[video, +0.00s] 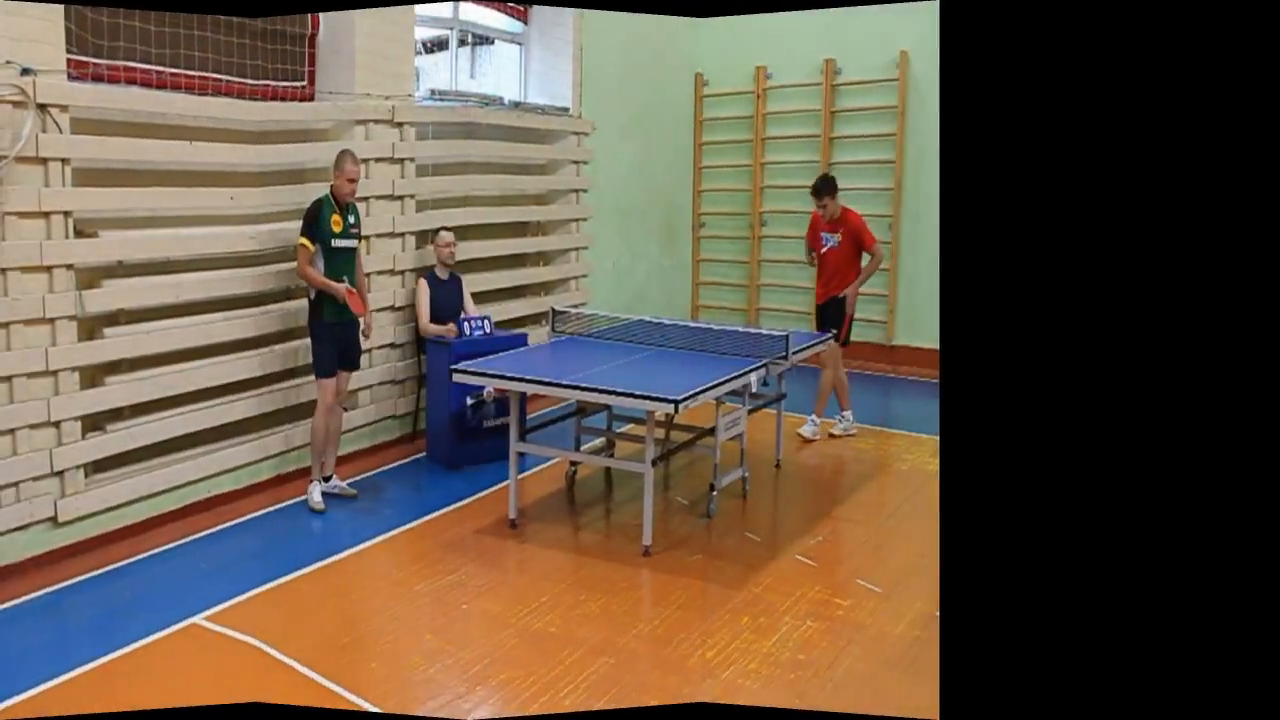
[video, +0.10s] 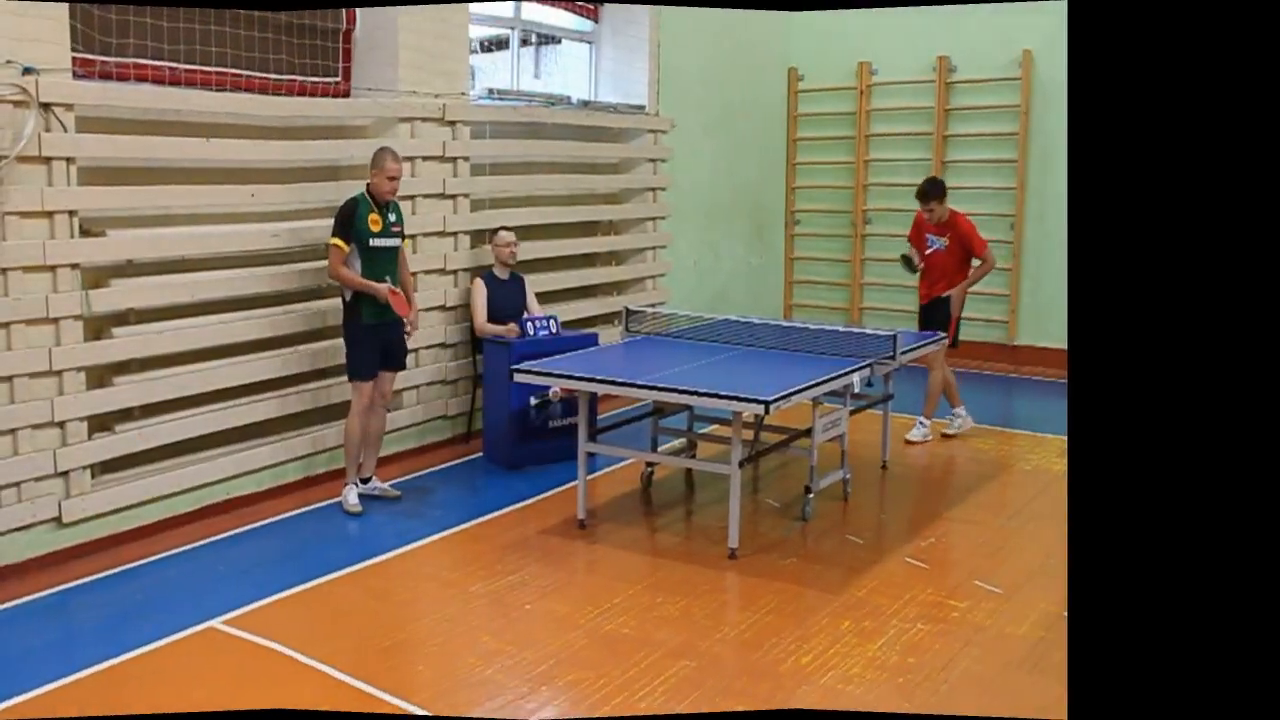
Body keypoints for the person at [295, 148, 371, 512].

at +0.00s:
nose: (354, 187)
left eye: (357, 181)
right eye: (349, 180)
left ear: (359, 180)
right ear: (333, 177)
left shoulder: (354, 212)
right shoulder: (318, 211)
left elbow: (356, 262)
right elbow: (303, 266)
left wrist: (367, 309)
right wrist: (334, 287)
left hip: (348, 314)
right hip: (324, 314)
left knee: (339, 397)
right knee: (327, 398)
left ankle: (330, 475)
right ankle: (315, 480)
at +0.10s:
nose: (395, 185)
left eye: (399, 179)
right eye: (390, 178)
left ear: (400, 179)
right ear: (371, 175)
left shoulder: (395, 211)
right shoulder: (351, 211)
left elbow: (400, 262)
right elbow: (335, 268)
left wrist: (413, 304)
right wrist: (375, 287)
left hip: (392, 316)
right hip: (362, 317)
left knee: (382, 398)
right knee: (362, 399)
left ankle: (368, 478)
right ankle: (350, 483)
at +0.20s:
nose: (439, 185)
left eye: (442, 178)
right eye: (433, 177)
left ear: (444, 177)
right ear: (412, 173)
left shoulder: (439, 210)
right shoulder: (387, 211)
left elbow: (448, 258)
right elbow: (368, 268)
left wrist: (458, 299)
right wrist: (418, 285)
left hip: (436, 320)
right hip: (400, 323)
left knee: (435, 399)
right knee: (400, 401)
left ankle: (410, 477)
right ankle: (388, 487)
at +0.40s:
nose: (473, 191)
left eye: (476, 184)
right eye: (467, 184)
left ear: (475, 182)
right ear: (444, 180)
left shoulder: (471, 211)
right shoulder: (414, 216)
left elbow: (484, 251)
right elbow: (396, 275)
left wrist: (498, 280)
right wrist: (450, 287)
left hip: (466, 319)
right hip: (426, 325)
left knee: (503, 388)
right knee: (426, 404)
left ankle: (466, 465)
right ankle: (414, 488)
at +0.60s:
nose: (494, 208)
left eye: (497, 201)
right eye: (488, 201)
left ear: (495, 198)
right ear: (466, 195)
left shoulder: (491, 224)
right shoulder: (433, 225)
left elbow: (508, 264)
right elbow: (414, 287)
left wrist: (537, 294)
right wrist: (470, 301)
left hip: (477, 326)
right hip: (434, 331)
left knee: (505, 400)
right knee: (431, 410)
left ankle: (527, 484)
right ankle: (416, 489)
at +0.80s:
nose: (540, 240)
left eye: (543, 233)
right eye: (534, 232)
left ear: (540, 228)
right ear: (513, 223)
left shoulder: (533, 251)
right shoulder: (475, 239)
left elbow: (554, 293)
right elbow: (449, 300)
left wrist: (589, 320)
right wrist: (501, 323)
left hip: (491, 325)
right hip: (447, 324)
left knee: (514, 403)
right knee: (439, 407)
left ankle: (532, 489)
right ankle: (416, 489)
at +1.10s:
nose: (584, 275)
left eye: (587, 269)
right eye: (580, 268)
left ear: (574, 260)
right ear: (558, 256)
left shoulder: (572, 269)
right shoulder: (522, 262)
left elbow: (600, 313)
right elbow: (511, 328)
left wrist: (630, 340)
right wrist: (562, 346)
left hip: (516, 323)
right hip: (472, 321)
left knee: (527, 400)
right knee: (450, 402)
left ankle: (533, 489)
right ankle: (427, 485)